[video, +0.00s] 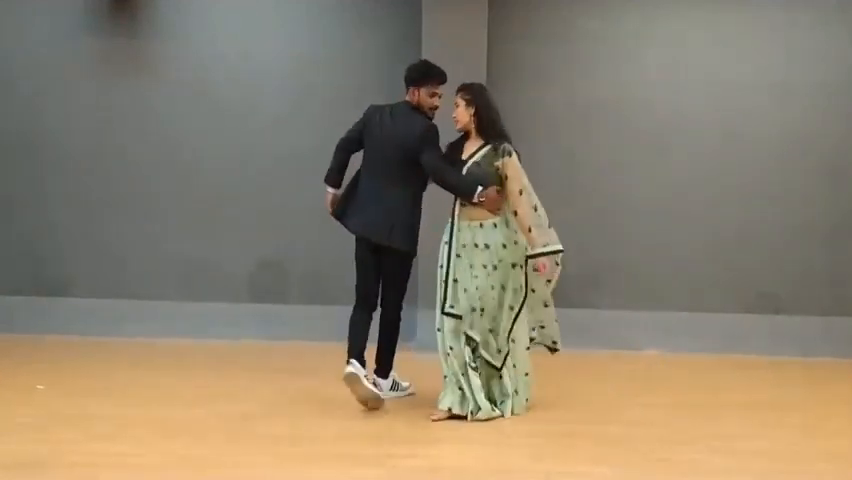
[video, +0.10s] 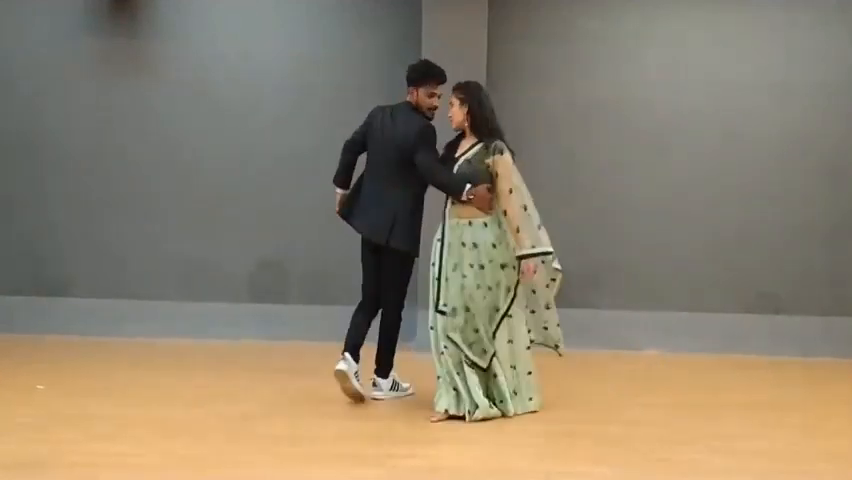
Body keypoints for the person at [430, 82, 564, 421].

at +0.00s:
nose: (455, 113)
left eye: (461, 106)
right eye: (455, 107)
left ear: (477, 109)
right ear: (464, 111)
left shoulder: (502, 153)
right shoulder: (455, 150)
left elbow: (521, 204)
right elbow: (438, 179)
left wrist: (539, 251)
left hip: (494, 242)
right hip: (459, 240)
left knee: (487, 316)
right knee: (455, 315)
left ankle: (492, 395)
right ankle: (455, 395)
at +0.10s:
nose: (450, 111)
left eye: (455, 105)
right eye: (450, 105)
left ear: (471, 109)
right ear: (464, 110)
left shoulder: (496, 151)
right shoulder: (453, 148)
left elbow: (513, 204)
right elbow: (442, 183)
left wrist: (527, 251)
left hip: (485, 242)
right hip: (452, 240)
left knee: (483, 316)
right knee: (449, 317)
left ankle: (492, 394)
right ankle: (452, 396)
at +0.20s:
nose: (445, 112)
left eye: (450, 106)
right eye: (446, 105)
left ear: (465, 109)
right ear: (461, 110)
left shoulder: (486, 152)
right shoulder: (450, 149)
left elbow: (501, 207)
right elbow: (438, 186)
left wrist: (508, 256)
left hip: (475, 248)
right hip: (446, 247)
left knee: (475, 322)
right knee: (442, 321)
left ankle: (485, 397)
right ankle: (449, 398)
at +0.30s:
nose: (439, 113)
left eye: (443, 106)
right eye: (440, 106)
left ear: (457, 109)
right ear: (457, 110)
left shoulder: (477, 152)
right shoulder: (447, 149)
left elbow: (487, 207)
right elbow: (436, 193)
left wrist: (493, 255)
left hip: (465, 249)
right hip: (442, 248)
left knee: (466, 323)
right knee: (442, 322)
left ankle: (480, 398)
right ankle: (448, 398)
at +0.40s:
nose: (432, 110)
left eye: (436, 103)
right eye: (432, 104)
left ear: (449, 108)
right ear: (452, 108)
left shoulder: (464, 153)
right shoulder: (442, 149)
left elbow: (474, 206)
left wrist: (477, 255)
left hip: (452, 247)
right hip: (435, 246)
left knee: (455, 324)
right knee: (439, 324)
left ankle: (465, 403)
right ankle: (448, 401)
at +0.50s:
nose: (423, 112)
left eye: (428, 105)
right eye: (423, 105)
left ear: (440, 110)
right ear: (448, 109)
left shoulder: (451, 156)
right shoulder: (436, 152)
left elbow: (460, 211)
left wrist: (459, 259)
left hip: (442, 253)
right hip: (426, 251)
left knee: (438, 330)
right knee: (424, 329)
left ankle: (441, 409)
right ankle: (423, 407)